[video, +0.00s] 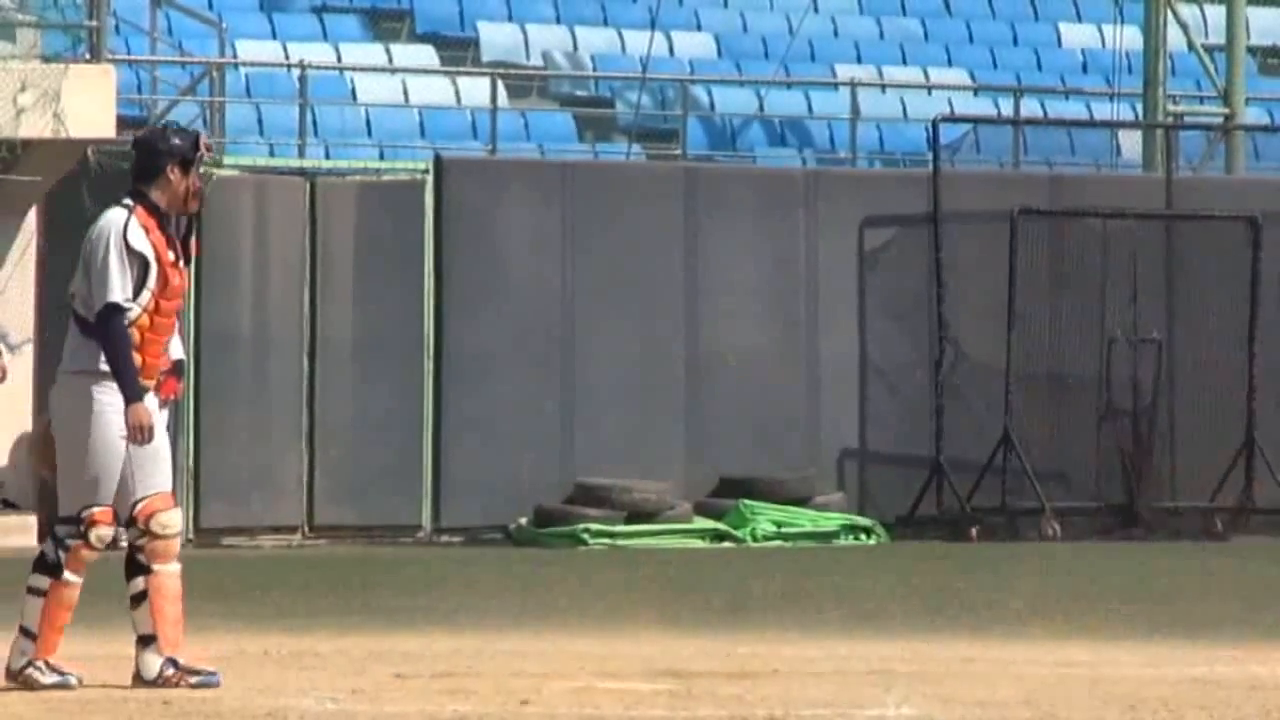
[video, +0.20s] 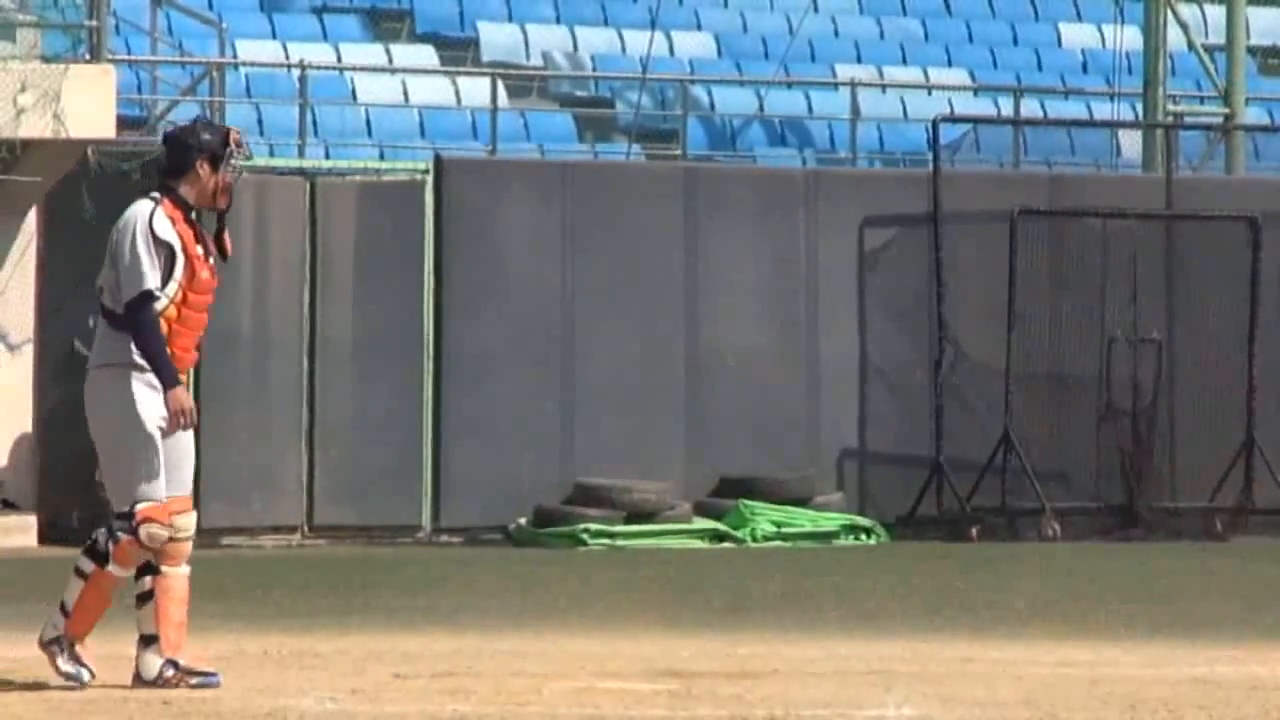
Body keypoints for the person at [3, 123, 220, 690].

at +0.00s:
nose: (198, 184)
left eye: (198, 173)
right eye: (193, 173)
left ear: (166, 175)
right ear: (168, 174)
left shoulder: (160, 233)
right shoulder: (117, 227)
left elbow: (153, 311)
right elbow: (110, 317)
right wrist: (134, 397)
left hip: (144, 391)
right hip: (96, 388)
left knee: (160, 526)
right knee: (88, 527)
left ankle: (159, 660)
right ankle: (32, 657)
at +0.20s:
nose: (228, 181)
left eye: (229, 170)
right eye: (224, 169)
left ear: (197, 170)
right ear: (198, 169)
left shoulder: (187, 228)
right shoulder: (145, 219)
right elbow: (138, 310)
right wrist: (172, 383)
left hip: (169, 380)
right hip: (128, 378)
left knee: (176, 523)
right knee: (142, 520)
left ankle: (161, 659)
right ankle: (65, 635)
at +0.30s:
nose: (241, 179)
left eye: (241, 168)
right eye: (234, 167)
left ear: (209, 170)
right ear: (208, 167)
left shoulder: (203, 229)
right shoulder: (157, 216)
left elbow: (188, 330)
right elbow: (149, 309)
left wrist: (207, 424)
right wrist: (188, 379)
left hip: (178, 381)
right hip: (139, 377)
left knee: (180, 522)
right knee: (164, 517)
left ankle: (164, 659)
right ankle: (104, 640)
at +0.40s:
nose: (248, 177)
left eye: (248, 165)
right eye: (242, 165)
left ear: (217, 167)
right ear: (216, 167)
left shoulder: (213, 231)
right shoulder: (161, 218)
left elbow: (212, 326)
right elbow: (154, 307)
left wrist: (237, 397)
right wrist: (198, 374)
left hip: (186, 380)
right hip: (148, 377)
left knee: (179, 518)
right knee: (181, 513)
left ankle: (165, 653)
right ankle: (145, 652)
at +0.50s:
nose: (257, 176)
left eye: (257, 165)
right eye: (252, 165)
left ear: (228, 166)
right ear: (228, 166)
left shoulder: (226, 230)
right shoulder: (169, 219)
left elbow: (230, 323)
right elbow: (156, 303)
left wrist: (272, 397)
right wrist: (199, 372)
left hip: (195, 380)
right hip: (159, 378)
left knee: (179, 517)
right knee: (201, 510)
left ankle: (155, 653)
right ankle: (188, 654)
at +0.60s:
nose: (264, 178)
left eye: (264, 167)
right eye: (258, 167)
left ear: (235, 168)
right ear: (233, 167)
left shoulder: (229, 231)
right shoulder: (175, 220)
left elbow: (238, 325)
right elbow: (158, 306)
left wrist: (285, 395)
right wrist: (196, 377)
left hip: (204, 382)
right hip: (163, 378)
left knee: (180, 518)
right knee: (211, 506)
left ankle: (161, 655)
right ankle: (213, 652)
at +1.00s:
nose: (320, 176)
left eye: (320, 165)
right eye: (312, 165)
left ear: (289, 167)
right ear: (286, 165)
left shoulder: (295, 227)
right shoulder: (235, 219)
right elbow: (202, 304)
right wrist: (200, 387)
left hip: (278, 385)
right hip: (236, 379)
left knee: (279, 522)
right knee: (254, 520)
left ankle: (186, 630)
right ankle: (263, 659)